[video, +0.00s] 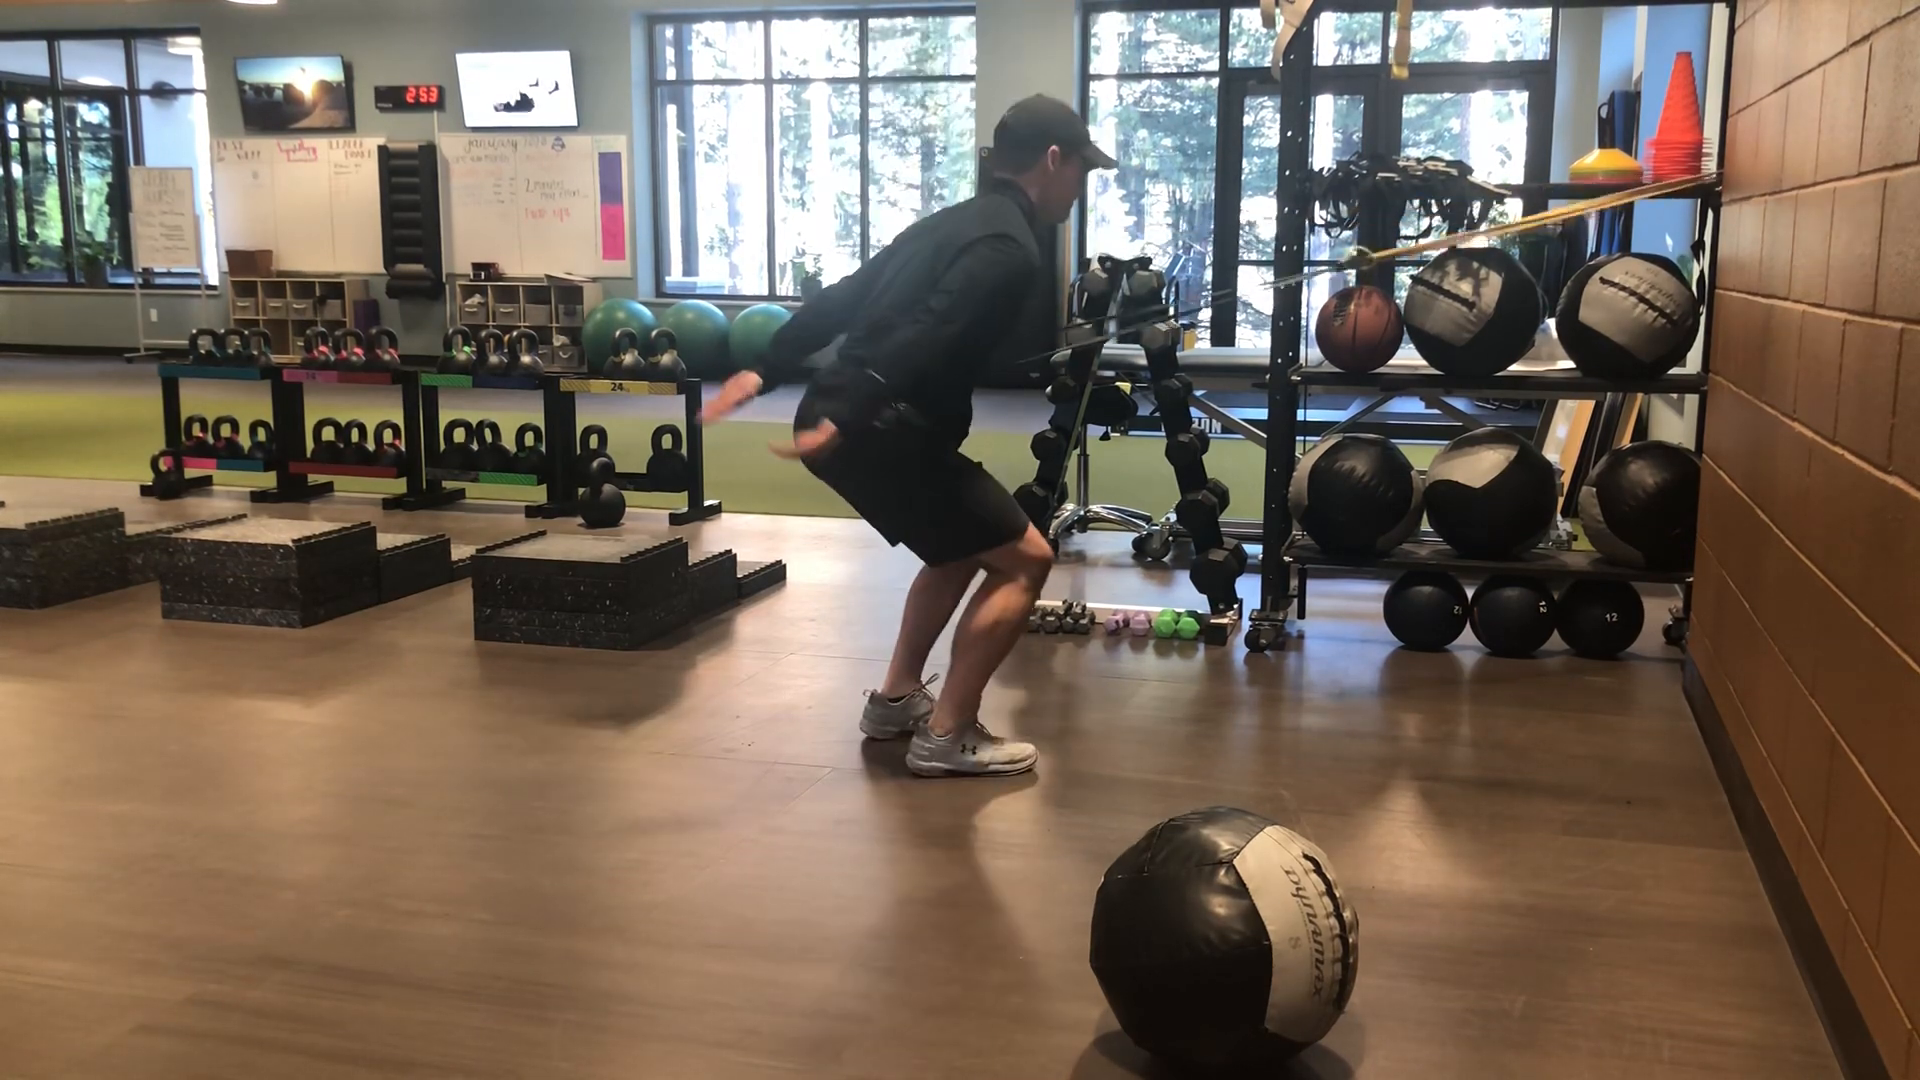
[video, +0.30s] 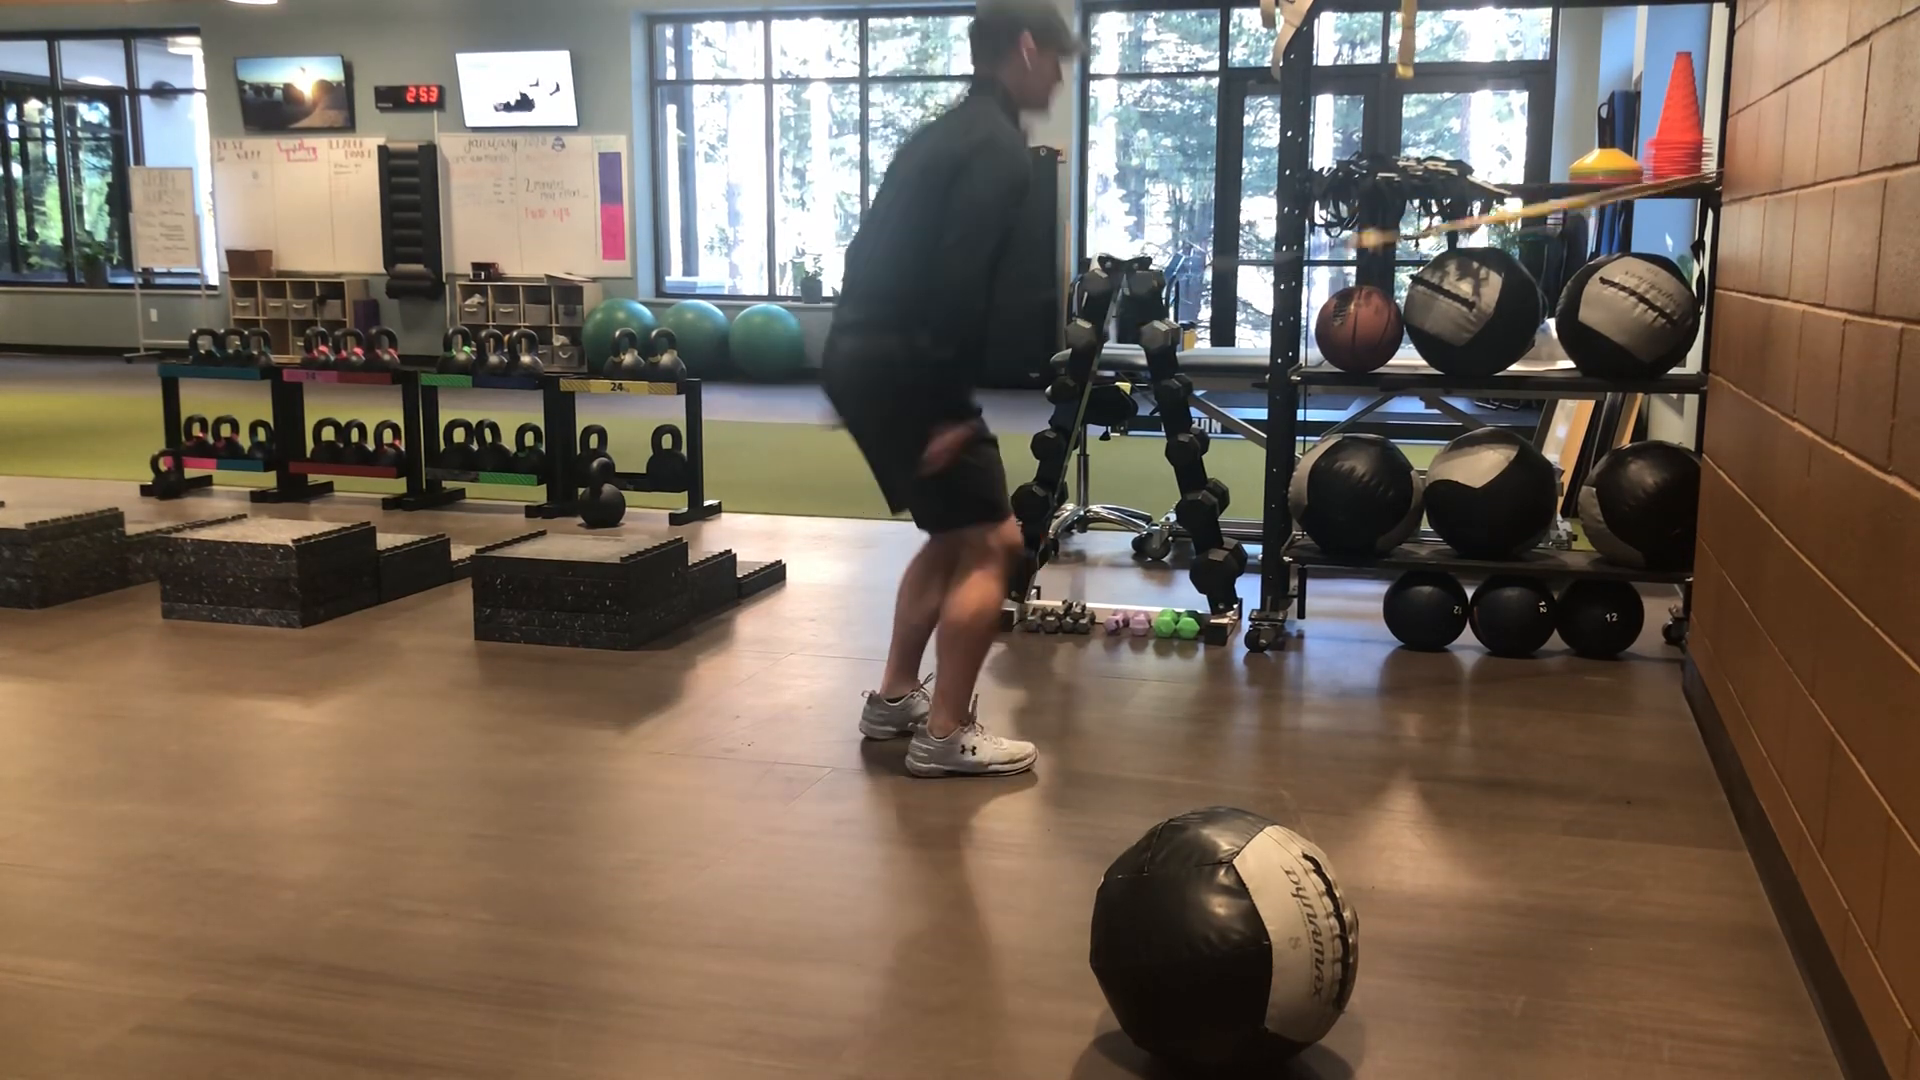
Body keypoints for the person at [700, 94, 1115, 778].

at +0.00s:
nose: (1082, 186)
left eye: (1084, 171)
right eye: (1080, 169)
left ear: (1020, 161)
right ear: (1051, 161)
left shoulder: (955, 220)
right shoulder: (1008, 244)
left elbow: (853, 291)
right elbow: (932, 328)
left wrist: (766, 366)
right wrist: (845, 413)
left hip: (844, 418)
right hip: (885, 432)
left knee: (959, 545)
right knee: (1026, 558)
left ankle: (897, 695)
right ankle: (949, 733)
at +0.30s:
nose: (1063, 77)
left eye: (1064, 62)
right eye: (1060, 59)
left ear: (1003, 52)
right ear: (1024, 51)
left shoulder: (938, 136)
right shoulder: (997, 147)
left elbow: (874, 257)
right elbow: (954, 275)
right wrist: (953, 404)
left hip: (862, 357)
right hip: (911, 365)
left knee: (954, 534)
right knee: (993, 543)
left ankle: (893, 699)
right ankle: (947, 734)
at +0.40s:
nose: (1040, 31)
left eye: (1041, 17)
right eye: (1036, 15)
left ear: (977, 14)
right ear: (1002, 9)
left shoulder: (918, 90)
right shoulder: (989, 98)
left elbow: (882, 220)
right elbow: (986, 233)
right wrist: (1026, 341)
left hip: (880, 321)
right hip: (935, 328)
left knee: (925, 524)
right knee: (963, 532)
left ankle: (892, 698)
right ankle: (946, 729)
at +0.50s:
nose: (1026, 24)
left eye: (1026, 13)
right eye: (1023, 10)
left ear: (960, 11)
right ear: (992, 6)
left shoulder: (909, 90)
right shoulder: (983, 87)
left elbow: (918, 220)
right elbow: (996, 208)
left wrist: (1009, 277)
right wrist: (1066, 281)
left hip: (895, 323)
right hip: (953, 328)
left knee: (911, 525)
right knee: (961, 535)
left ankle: (891, 698)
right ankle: (946, 723)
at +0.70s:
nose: (1035, 19)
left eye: (1032, 8)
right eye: (1027, 6)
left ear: (970, 16)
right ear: (993, 10)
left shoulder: (930, 102)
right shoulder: (992, 101)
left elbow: (939, 237)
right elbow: (1017, 229)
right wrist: (1094, 267)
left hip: (930, 331)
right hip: (989, 335)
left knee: (918, 517)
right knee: (1069, 508)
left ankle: (892, 696)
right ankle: (996, 674)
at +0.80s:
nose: (1065, 22)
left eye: (1062, 11)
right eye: (1057, 9)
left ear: (999, 19)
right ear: (1023, 13)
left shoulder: (958, 107)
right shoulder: (1014, 105)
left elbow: (961, 245)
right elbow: (1016, 234)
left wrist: (1063, 285)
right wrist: (1092, 296)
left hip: (955, 340)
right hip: (1014, 341)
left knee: (932, 518)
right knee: (1092, 510)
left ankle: (894, 695)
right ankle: (1078, 693)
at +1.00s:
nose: (1165, 40)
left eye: (1165, 27)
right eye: (1159, 25)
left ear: (1105, 29)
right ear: (1124, 24)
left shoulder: (1058, 107)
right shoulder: (1114, 110)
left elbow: (1032, 237)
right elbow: (1106, 234)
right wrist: (1146, 340)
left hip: (1040, 354)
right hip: (1097, 356)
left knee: (1021, 518)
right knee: (1143, 534)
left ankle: (914, 669)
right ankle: (1176, 698)